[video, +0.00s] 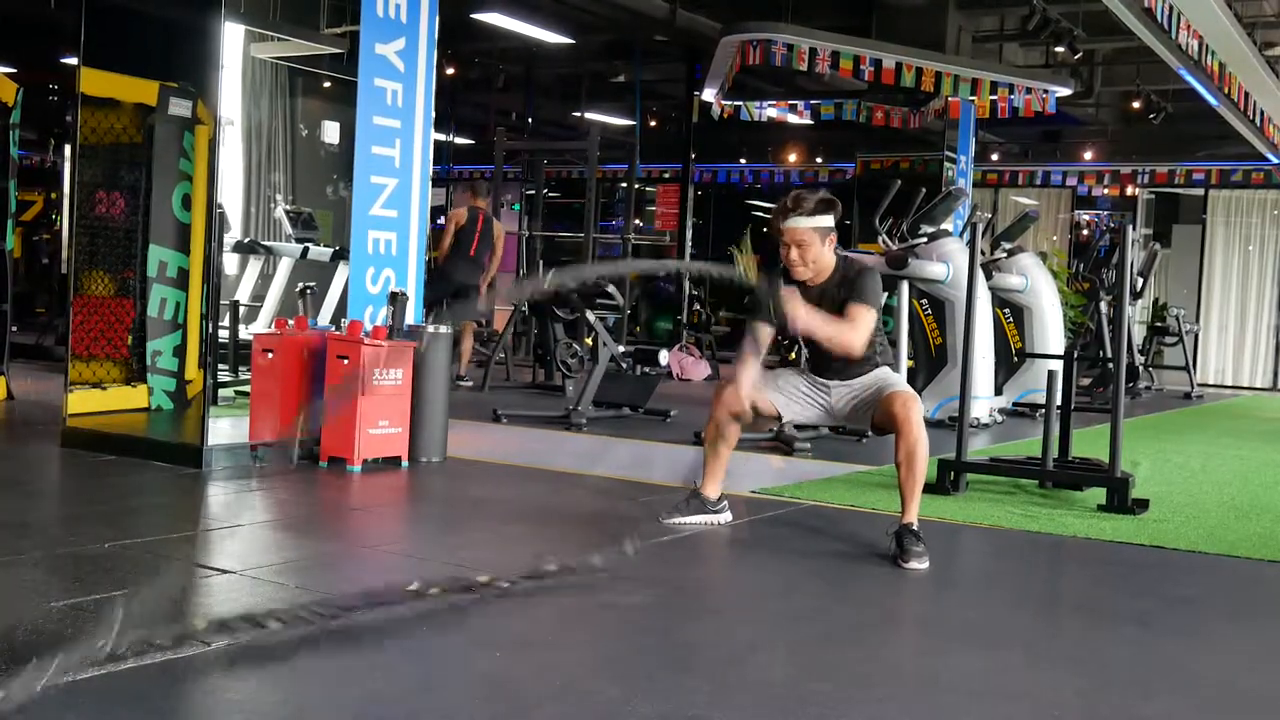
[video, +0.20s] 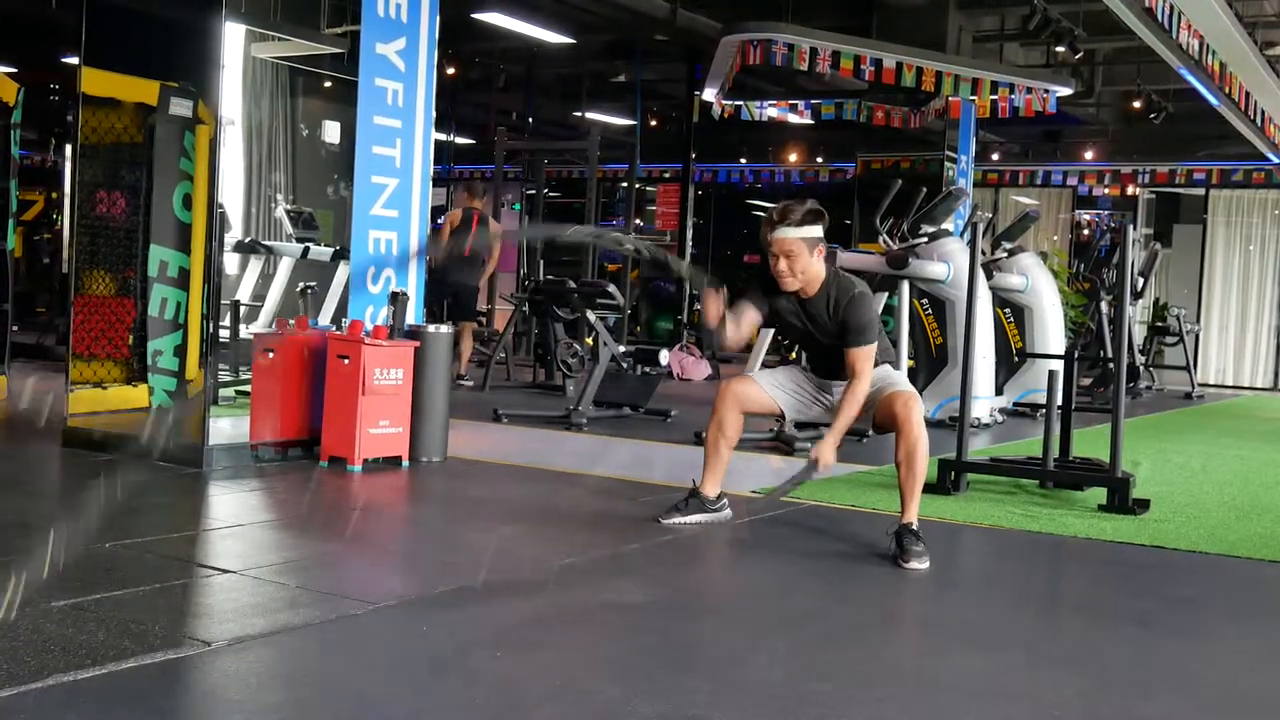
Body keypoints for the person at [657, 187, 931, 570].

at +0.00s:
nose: (790, 256)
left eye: (800, 246)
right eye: (784, 246)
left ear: (830, 242)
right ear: (778, 242)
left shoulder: (862, 277)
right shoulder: (776, 282)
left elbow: (854, 341)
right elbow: (755, 342)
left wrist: (804, 316)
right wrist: (743, 383)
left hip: (864, 386)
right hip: (804, 384)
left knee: (909, 407)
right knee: (729, 397)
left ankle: (910, 527)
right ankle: (709, 498)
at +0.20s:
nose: (778, 266)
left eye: (789, 257)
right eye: (773, 256)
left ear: (819, 254)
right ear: (769, 254)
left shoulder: (854, 298)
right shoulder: (771, 290)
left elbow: (860, 380)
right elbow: (734, 340)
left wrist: (831, 440)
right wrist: (719, 324)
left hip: (869, 383)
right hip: (811, 381)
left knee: (910, 407)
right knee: (731, 392)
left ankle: (909, 526)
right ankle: (709, 496)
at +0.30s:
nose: (783, 270)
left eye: (793, 260)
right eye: (777, 260)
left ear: (822, 255)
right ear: (771, 258)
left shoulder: (857, 285)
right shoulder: (770, 299)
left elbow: (850, 348)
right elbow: (761, 366)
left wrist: (796, 353)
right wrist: (753, 419)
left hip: (866, 387)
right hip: (802, 390)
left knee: (908, 407)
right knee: (729, 393)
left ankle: (910, 526)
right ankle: (709, 497)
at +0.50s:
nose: (786, 273)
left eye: (796, 264)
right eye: (780, 263)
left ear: (826, 256)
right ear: (775, 257)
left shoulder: (858, 296)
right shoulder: (778, 291)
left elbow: (853, 373)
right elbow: (745, 320)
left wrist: (793, 381)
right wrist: (721, 339)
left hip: (865, 393)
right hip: (808, 391)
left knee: (913, 408)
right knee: (733, 392)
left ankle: (913, 527)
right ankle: (711, 498)